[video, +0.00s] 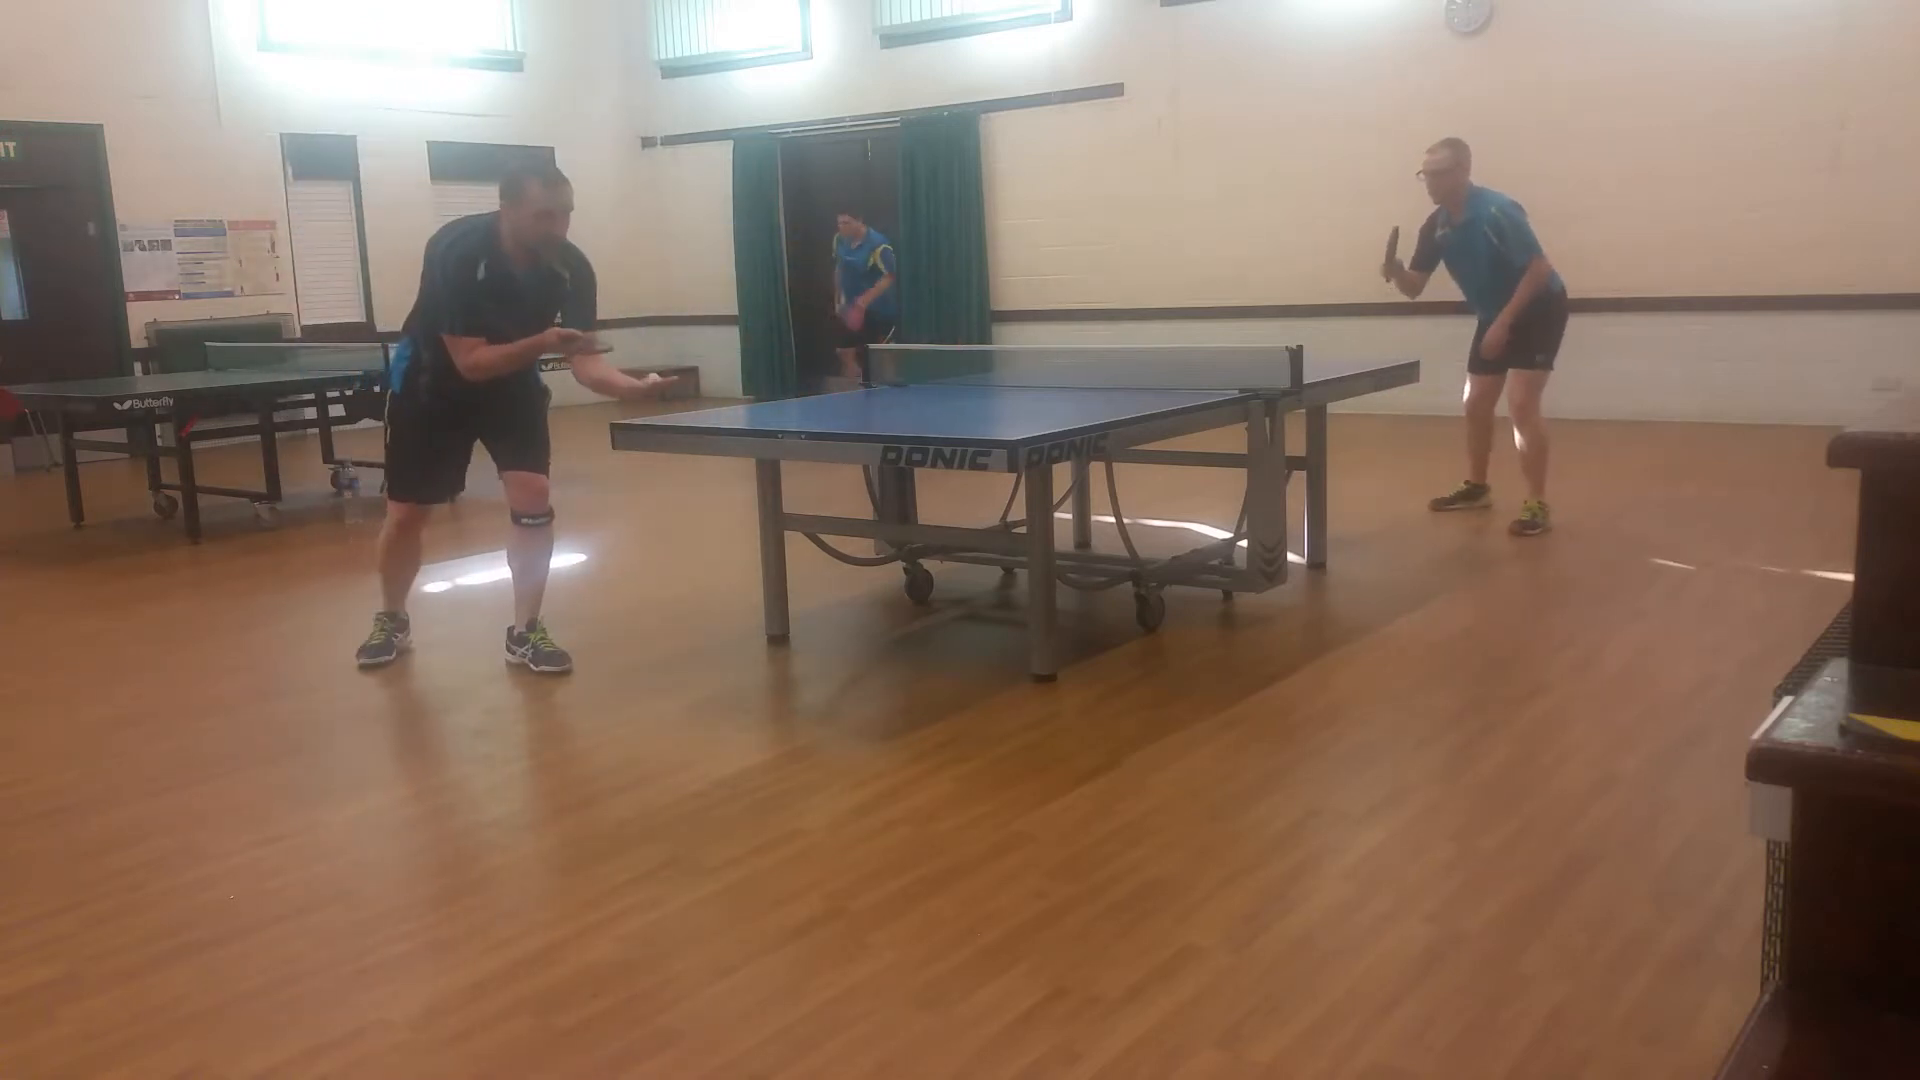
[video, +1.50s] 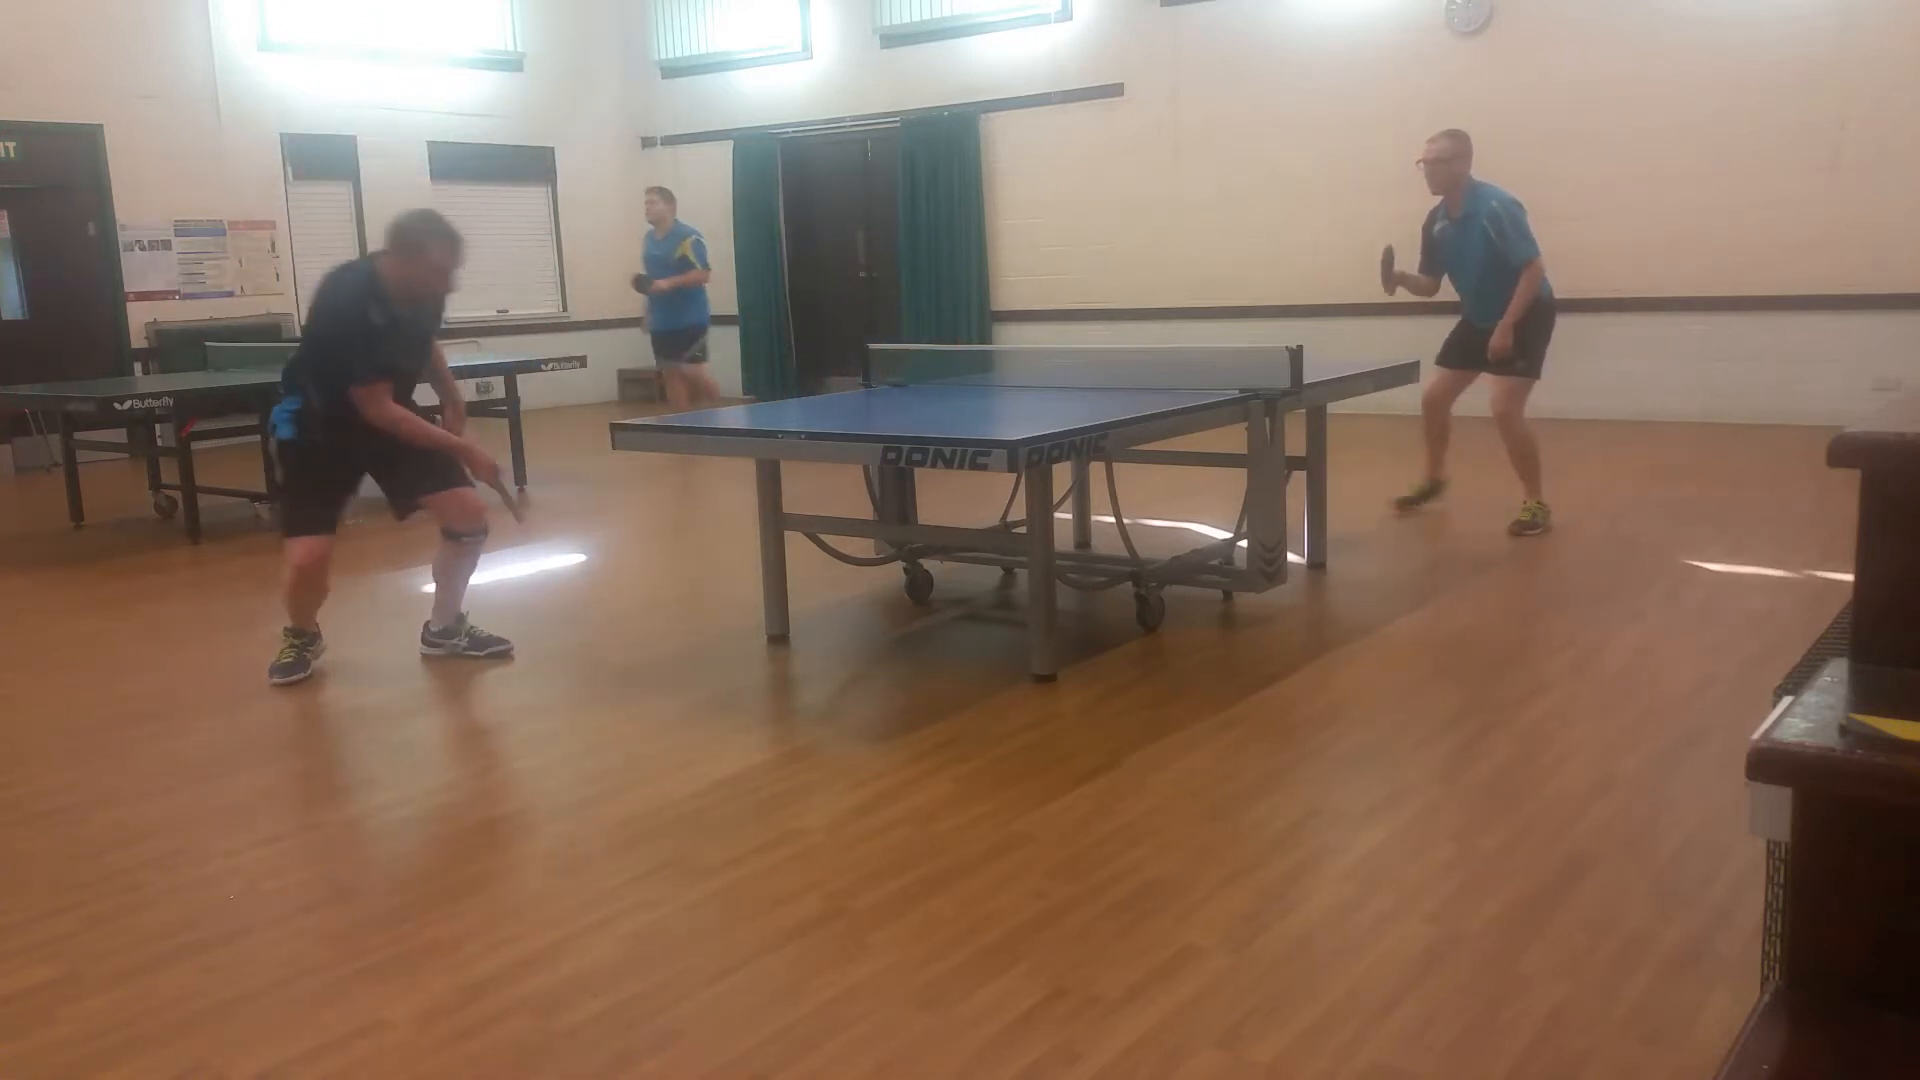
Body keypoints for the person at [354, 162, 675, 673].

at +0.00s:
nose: (560, 227)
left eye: (566, 213)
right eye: (547, 214)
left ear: (571, 210)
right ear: (508, 210)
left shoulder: (572, 268)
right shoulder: (455, 251)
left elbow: (584, 360)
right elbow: (470, 362)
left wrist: (632, 386)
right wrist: (546, 342)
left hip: (512, 379)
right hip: (431, 380)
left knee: (532, 495)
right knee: (405, 511)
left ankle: (526, 630)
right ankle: (392, 620)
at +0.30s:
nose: (562, 222)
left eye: (567, 208)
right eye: (549, 209)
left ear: (570, 204)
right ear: (510, 206)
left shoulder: (572, 265)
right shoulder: (454, 249)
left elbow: (580, 352)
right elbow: (468, 358)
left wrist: (629, 388)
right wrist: (546, 341)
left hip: (511, 377)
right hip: (430, 378)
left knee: (531, 495)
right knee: (406, 509)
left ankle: (526, 630)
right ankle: (391, 620)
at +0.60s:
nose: (523, 186)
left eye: (528, 174)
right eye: (509, 174)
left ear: (532, 174)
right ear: (473, 175)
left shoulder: (547, 238)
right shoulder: (422, 229)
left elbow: (583, 326)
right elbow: (430, 338)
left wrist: (640, 366)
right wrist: (507, 349)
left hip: (504, 374)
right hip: (427, 378)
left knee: (528, 494)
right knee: (409, 513)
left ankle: (528, 629)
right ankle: (396, 619)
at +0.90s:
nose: (401, 144)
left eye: (405, 130)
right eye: (383, 135)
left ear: (417, 130)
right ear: (356, 142)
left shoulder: (454, 191)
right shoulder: (334, 210)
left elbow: (540, 239)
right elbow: (319, 313)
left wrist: (598, 261)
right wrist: (382, 296)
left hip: (465, 375)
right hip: (378, 385)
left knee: (500, 494)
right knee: (344, 507)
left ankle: (527, 628)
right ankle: (310, 628)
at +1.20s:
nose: (330, 180)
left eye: (335, 164)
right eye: (313, 171)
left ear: (355, 156)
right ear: (292, 176)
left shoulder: (406, 215)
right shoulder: (277, 229)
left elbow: (457, 285)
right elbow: (238, 308)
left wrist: (484, 361)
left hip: (411, 389)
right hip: (323, 395)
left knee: (451, 521)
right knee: (303, 521)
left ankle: (444, 623)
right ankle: (308, 635)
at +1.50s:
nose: (448, 282)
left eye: (450, 272)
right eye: (441, 271)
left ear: (428, 263)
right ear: (403, 261)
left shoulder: (424, 288)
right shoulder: (346, 296)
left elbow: (420, 342)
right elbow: (377, 408)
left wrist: (451, 398)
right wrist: (464, 451)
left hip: (387, 415)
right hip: (319, 426)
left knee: (468, 518)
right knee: (307, 556)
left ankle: (444, 627)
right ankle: (301, 635)